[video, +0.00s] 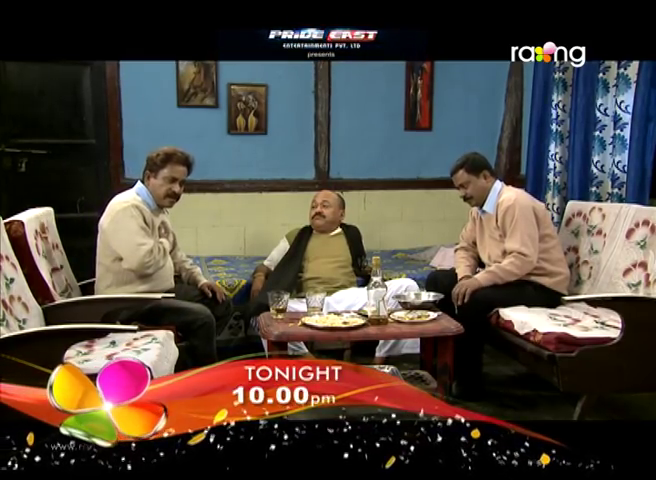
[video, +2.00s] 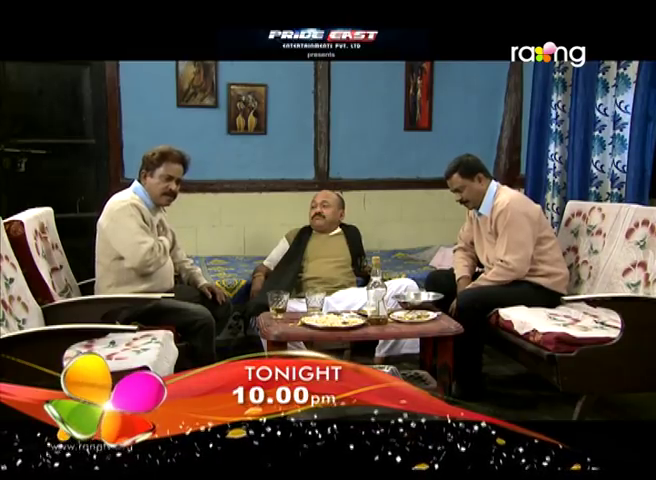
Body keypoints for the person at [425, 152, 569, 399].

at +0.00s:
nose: (462, 194)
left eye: (465, 186)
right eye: (459, 190)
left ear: (485, 177)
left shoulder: (516, 203)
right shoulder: (479, 209)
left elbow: (523, 259)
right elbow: (465, 247)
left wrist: (477, 281)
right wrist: (465, 276)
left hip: (542, 286)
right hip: (504, 277)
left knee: (471, 301)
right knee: (437, 280)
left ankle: (467, 384)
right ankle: (439, 369)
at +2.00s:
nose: (458, 198)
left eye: (460, 191)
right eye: (454, 193)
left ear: (480, 179)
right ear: (478, 181)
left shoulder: (512, 206)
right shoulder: (477, 208)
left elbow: (513, 266)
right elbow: (464, 248)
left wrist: (465, 294)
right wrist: (463, 283)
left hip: (542, 286)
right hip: (503, 277)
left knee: (468, 302)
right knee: (437, 280)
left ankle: (468, 385)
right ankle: (440, 368)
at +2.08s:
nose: (458, 198)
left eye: (460, 191)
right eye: (454, 193)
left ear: (480, 179)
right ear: (478, 181)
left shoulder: (512, 206)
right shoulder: (477, 208)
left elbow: (513, 266)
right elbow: (464, 248)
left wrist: (465, 295)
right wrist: (463, 283)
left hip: (542, 286)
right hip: (504, 277)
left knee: (468, 302)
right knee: (437, 280)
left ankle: (468, 386)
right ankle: (440, 369)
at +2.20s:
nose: (458, 199)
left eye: (460, 191)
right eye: (454, 193)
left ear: (480, 179)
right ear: (478, 181)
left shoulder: (512, 206)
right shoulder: (477, 208)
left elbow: (513, 266)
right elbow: (464, 248)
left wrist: (465, 295)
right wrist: (463, 282)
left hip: (542, 286)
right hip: (504, 277)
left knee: (469, 302)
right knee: (437, 280)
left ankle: (468, 385)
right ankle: (440, 368)